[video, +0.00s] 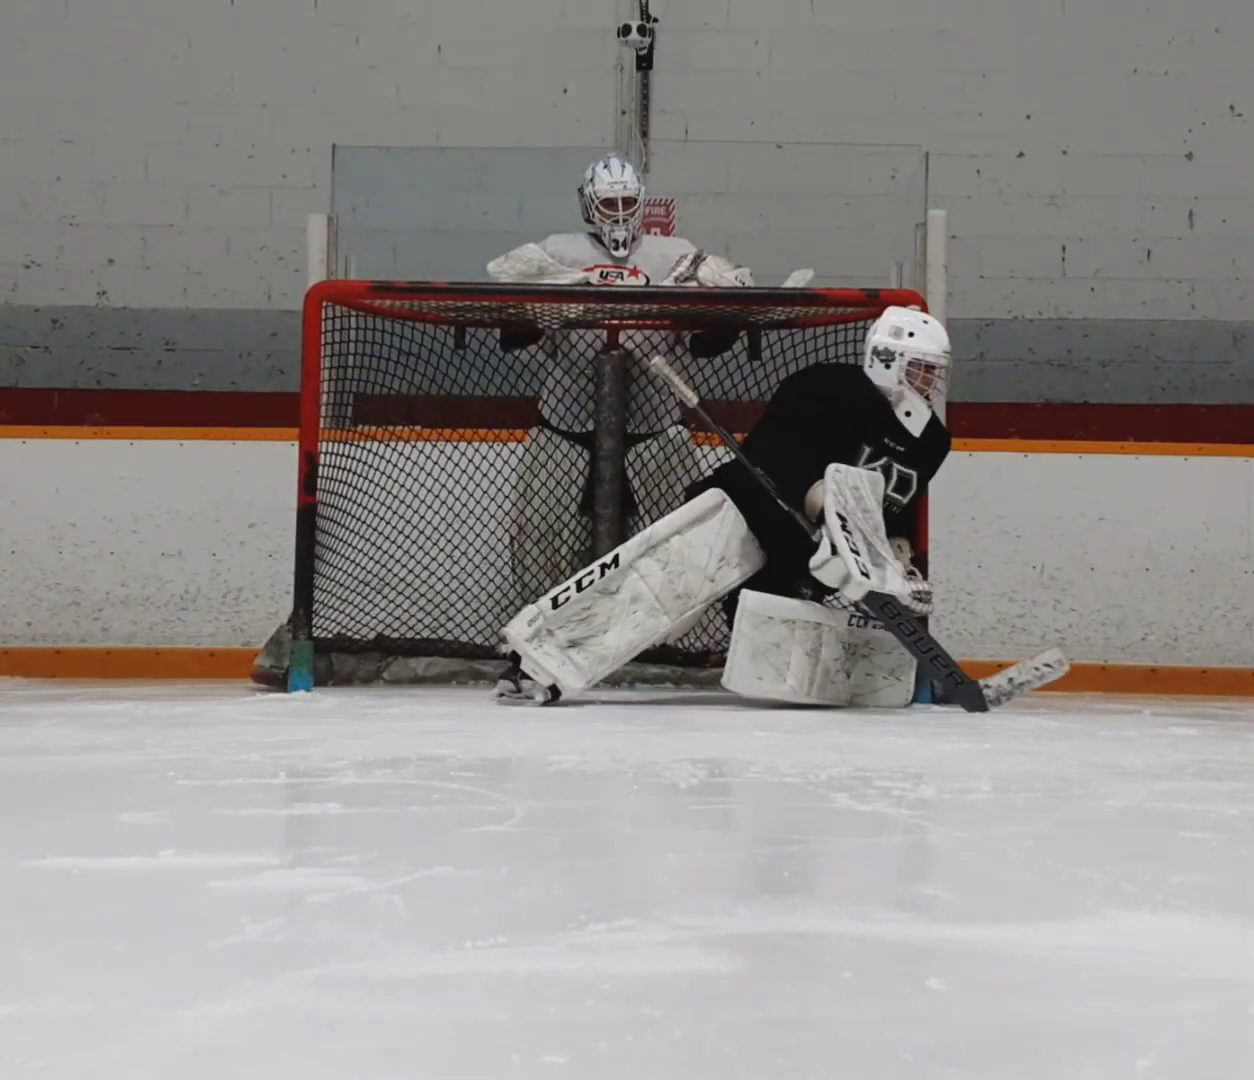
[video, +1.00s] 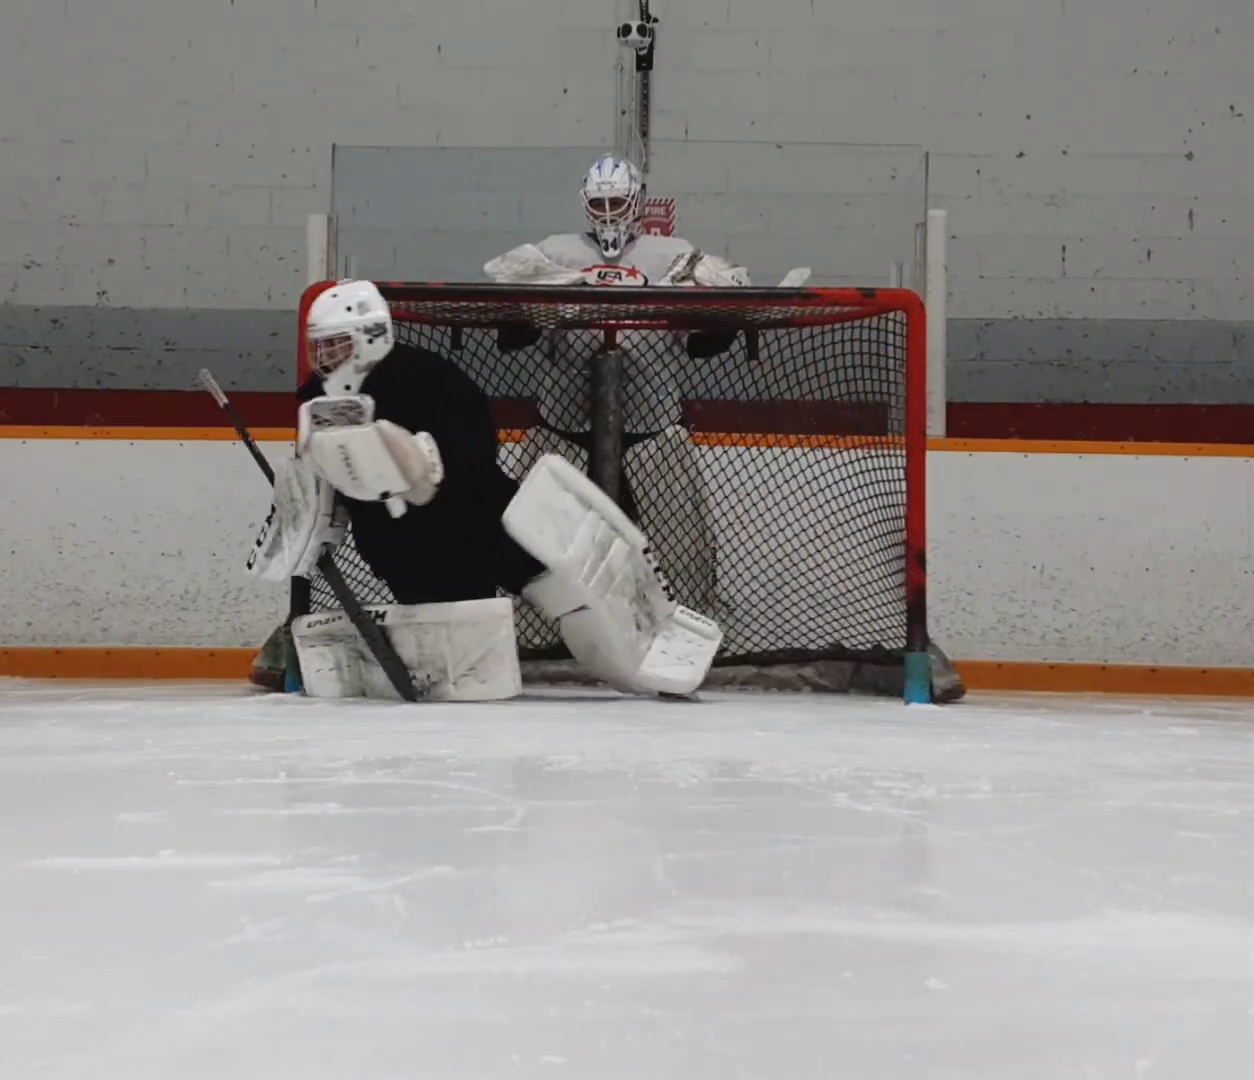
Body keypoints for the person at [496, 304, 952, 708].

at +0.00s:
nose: (932, 381)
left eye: (938, 370)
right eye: (923, 368)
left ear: (938, 372)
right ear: (887, 361)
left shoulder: (931, 441)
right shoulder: (827, 386)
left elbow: (896, 513)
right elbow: (768, 453)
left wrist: (895, 569)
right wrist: (817, 493)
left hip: (829, 553)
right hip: (751, 519)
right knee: (659, 585)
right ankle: (544, 663)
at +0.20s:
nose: (921, 389)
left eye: (928, 378)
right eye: (911, 376)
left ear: (934, 379)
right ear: (876, 367)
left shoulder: (922, 442)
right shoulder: (815, 392)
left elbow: (890, 516)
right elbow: (748, 468)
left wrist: (898, 561)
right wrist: (802, 513)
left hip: (815, 555)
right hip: (732, 518)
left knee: (890, 671)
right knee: (640, 578)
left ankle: (744, 666)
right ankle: (524, 662)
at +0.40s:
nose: (865, 404)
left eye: (872, 394)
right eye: (856, 391)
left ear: (876, 394)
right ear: (820, 380)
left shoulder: (867, 443)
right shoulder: (763, 409)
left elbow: (881, 511)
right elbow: (675, 469)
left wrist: (891, 556)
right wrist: (712, 520)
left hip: (773, 583)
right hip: (687, 561)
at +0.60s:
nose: (647, 375)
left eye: (661, 366)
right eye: (639, 364)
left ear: (692, 363)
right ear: (628, 357)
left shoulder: (735, 406)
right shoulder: (601, 404)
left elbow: (771, 480)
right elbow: (535, 459)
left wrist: (811, 525)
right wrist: (494, 505)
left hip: (696, 589)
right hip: (601, 585)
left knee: (701, 708)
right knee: (596, 706)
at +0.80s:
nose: (442, 370)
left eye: (455, 358)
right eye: (435, 358)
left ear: (496, 350)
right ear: (430, 358)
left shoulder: (554, 385)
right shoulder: (423, 413)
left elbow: (639, 431)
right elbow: (363, 468)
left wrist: (633, 476)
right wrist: (319, 493)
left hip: (599, 557)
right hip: (510, 585)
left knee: (686, 595)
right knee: (531, 678)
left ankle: (774, 656)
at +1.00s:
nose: (324, 357)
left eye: (334, 343)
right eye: (318, 346)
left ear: (371, 336)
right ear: (314, 348)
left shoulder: (429, 377)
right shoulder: (325, 400)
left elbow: (469, 445)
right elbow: (318, 489)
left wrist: (385, 446)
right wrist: (316, 451)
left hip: (478, 556)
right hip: (405, 564)